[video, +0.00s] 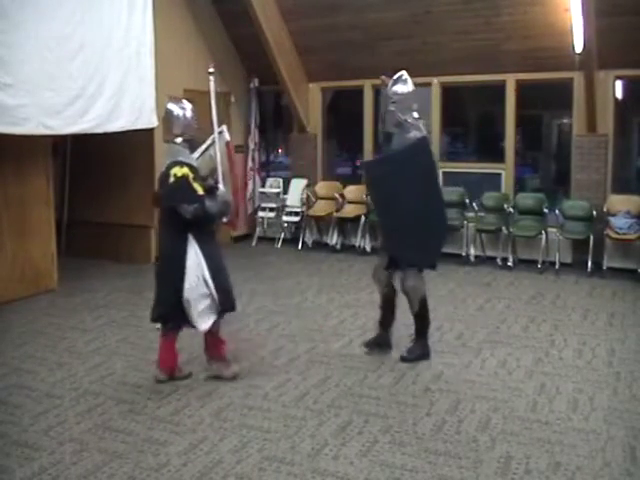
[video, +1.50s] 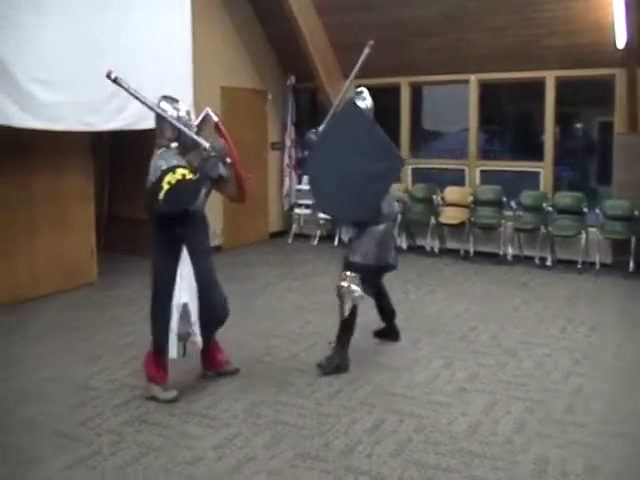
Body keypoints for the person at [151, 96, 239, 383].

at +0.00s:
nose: (198, 128)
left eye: (195, 122)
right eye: (193, 123)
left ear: (176, 131)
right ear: (182, 129)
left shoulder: (184, 163)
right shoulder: (179, 169)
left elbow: (201, 192)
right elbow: (189, 210)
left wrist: (213, 193)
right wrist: (220, 203)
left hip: (178, 245)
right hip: (190, 246)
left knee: (174, 300)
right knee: (210, 296)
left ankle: (167, 364)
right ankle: (217, 359)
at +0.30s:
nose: (176, 123)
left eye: (174, 118)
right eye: (170, 119)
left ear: (161, 122)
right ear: (159, 123)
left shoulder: (170, 153)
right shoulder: (153, 157)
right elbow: (168, 206)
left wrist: (197, 191)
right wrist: (198, 195)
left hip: (178, 239)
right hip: (160, 241)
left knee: (175, 298)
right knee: (159, 298)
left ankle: (167, 360)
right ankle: (136, 364)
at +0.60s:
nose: (164, 132)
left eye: (164, 125)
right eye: (157, 127)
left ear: (163, 129)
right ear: (143, 134)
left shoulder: (158, 163)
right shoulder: (138, 170)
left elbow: (176, 191)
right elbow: (151, 211)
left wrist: (188, 181)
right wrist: (182, 191)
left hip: (169, 249)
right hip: (146, 253)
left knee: (175, 305)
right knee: (138, 313)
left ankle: (171, 363)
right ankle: (121, 374)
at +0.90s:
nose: (170, 130)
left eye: (169, 125)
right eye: (164, 126)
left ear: (167, 132)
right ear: (153, 132)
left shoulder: (169, 161)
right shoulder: (147, 165)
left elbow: (190, 191)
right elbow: (156, 210)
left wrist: (200, 175)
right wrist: (186, 186)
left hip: (180, 253)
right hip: (152, 253)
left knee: (188, 300)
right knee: (146, 307)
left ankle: (187, 359)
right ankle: (127, 368)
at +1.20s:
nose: (166, 128)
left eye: (167, 120)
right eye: (159, 122)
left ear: (173, 127)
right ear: (151, 129)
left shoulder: (181, 161)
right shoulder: (151, 159)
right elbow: (167, 206)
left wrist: (206, 169)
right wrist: (193, 180)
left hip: (181, 234)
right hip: (153, 237)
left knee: (201, 305)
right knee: (152, 306)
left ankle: (196, 357)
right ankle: (136, 367)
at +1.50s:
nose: (178, 132)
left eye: (181, 126)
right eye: (172, 128)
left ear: (189, 132)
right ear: (166, 135)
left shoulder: (203, 158)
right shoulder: (164, 157)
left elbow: (234, 191)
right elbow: (171, 190)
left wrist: (221, 165)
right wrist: (196, 162)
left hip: (195, 225)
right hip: (165, 229)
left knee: (213, 300)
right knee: (163, 294)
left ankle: (210, 346)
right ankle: (158, 357)